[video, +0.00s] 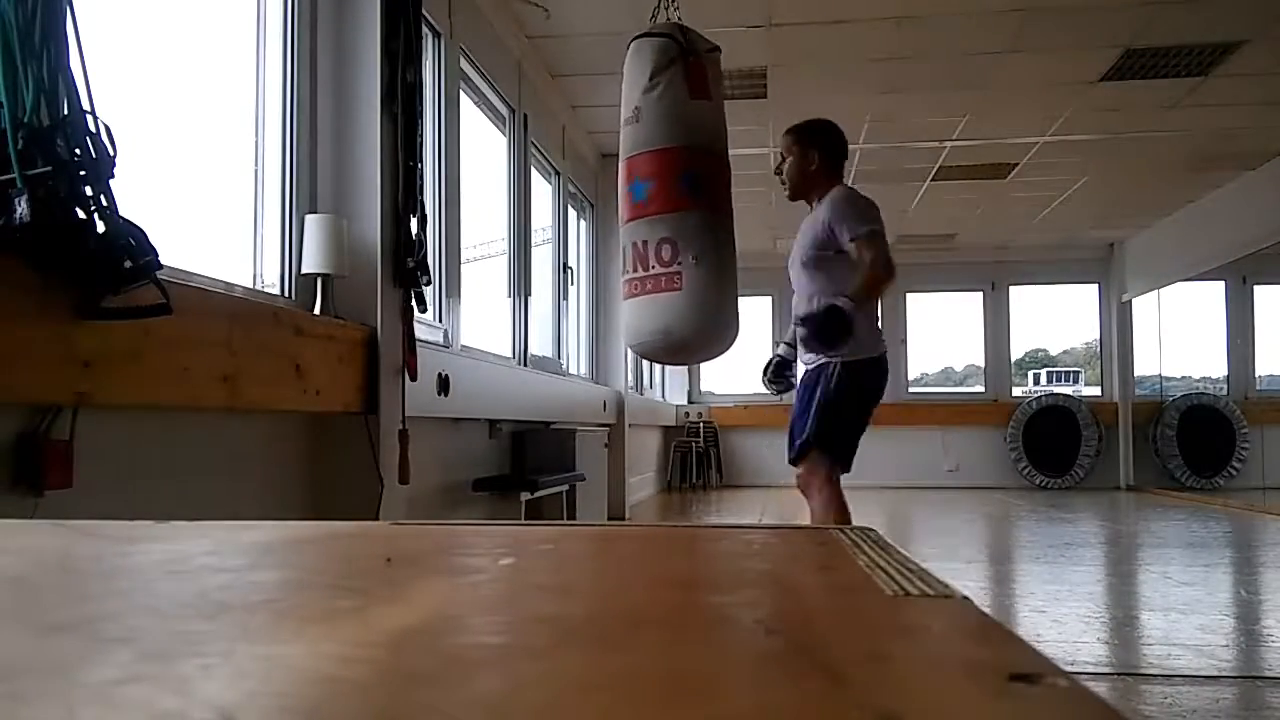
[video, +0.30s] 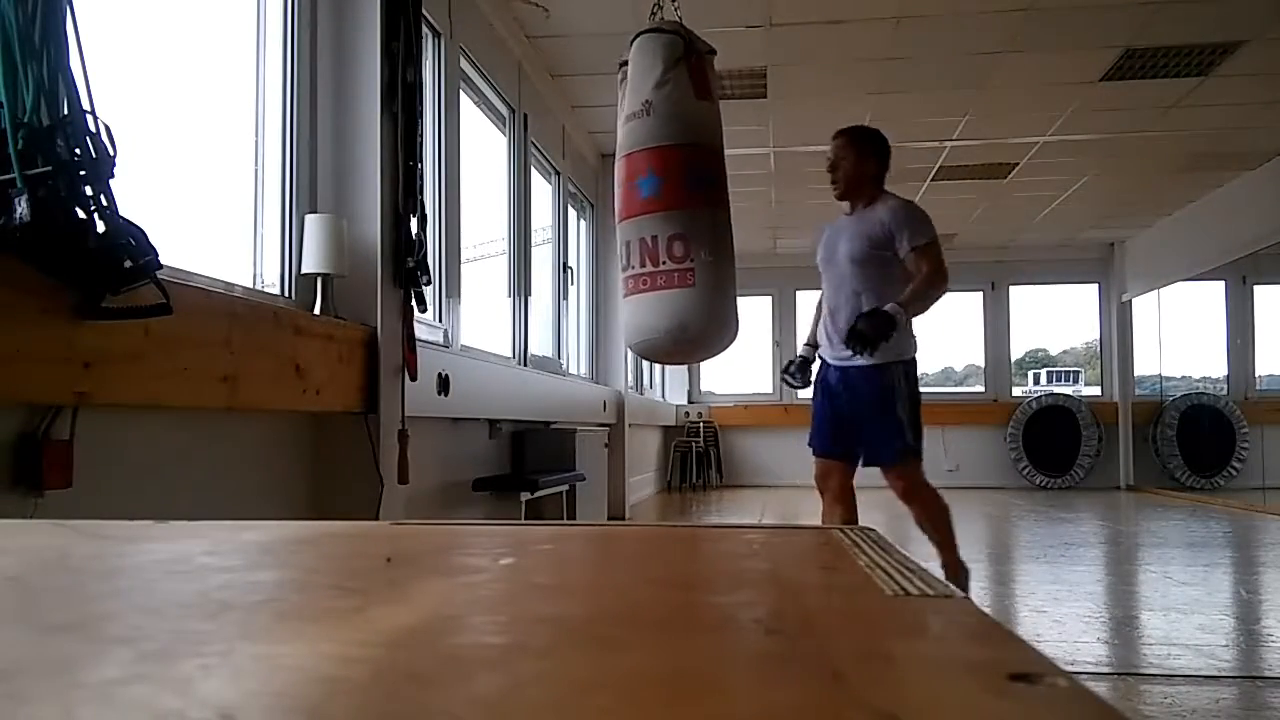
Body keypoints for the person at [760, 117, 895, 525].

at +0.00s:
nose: (778, 167)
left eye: (786, 156)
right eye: (780, 157)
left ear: (814, 160)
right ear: (812, 162)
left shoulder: (844, 203)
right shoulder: (818, 217)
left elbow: (880, 266)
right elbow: (815, 297)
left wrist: (845, 308)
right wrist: (790, 349)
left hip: (845, 362)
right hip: (825, 363)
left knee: (815, 475)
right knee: (815, 477)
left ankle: (835, 580)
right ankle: (841, 574)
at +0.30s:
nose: (830, 169)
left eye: (839, 160)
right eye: (830, 161)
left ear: (870, 165)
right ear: (841, 167)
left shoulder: (899, 214)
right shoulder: (831, 233)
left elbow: (935, 277)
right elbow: (830, 299)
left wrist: (891, 314)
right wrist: (809, 350)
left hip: (885, 370)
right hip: (834, 372)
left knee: (904, 479)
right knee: (830, 479)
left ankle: (953, 567)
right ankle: (839, 583)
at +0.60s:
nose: (903, 177)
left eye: (913, 168)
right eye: (899, 168)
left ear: (941, 173)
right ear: (895, 174)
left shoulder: (965, 238)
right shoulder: (886, 230)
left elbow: (981, 312)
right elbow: (884, 299)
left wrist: (929, 321)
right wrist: (866, 349)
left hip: (938, 379)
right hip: (884, 377)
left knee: (964, 488)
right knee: (866, 480)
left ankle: (980, 596)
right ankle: (864, 588)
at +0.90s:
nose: (906, 184)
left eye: (915, 175)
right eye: (902, 176)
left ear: (944, 179)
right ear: (899, 182)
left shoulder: (972, 239)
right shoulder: (893, 240)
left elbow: (994, 309)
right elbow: (886, 295)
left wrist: (952, 280)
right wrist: (859, 323)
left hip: (950, 372)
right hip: (901, 373)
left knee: (965, 480)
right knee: (909, 470)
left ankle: (982, 593)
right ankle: (952, 558)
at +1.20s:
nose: (869, 208)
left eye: (876, 197)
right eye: (865, 199)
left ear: (904, 194)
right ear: (867, 204)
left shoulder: (950, 235)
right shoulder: (878, 256)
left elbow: (990, 290)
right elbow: (885, 319)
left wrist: (940, 279)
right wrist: (864, 309)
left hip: (948, 366)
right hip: (903, 373)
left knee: (949, 465)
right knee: (915, 473)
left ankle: (967, 583)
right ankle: (953, 563)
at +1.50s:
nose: (858, 224)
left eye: (861, 213)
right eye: (854, 215)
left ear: (891, 204)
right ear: (873, 211)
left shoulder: (940, 246)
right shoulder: (867, 260)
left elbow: (947, 309)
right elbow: (863, 322)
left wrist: (914, 278)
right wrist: (841, 307)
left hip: (938, 371)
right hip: (895, 376)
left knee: (932, 477)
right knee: (902, 477)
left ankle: (938, 583)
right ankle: (957, 561)